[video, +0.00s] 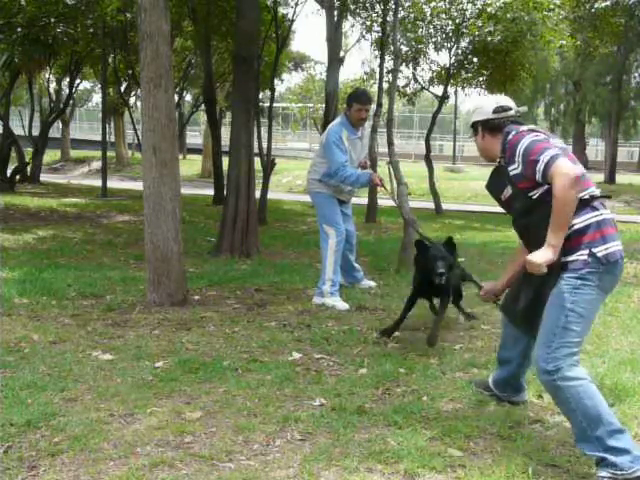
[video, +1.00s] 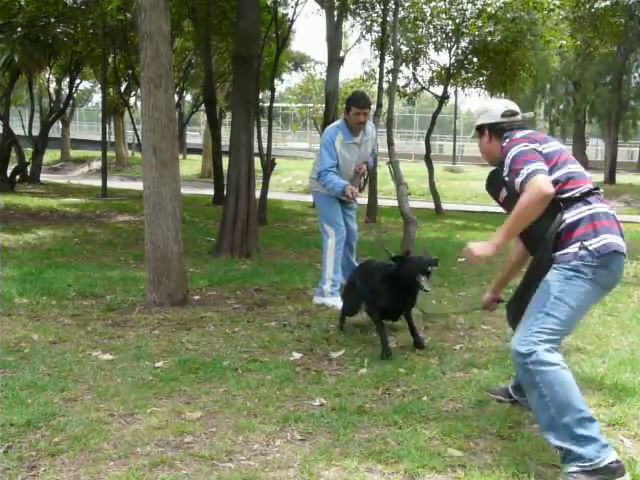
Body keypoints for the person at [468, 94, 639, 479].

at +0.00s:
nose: (475, 144)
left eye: (475, 136)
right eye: (474, 137)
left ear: (485, 132)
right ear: (496, 131)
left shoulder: (523, 140)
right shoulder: (511, 170)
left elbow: (568, 175)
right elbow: (533, 238)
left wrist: (551, 245)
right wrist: (503, 283)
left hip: (590, 255)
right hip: (562, 257)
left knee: (555, 362)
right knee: (518, 307)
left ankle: (621, 461)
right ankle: (507, 385)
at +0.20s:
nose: (482, 130)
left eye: (481, 120)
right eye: (480, 121)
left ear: (494, 114)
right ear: (513, 109)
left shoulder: (524, 132)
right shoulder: (539, 129)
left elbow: (535, 185)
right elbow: (566, 197)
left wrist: (499, 245)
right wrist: (535, 252)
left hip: (589, 248)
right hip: (565, 246)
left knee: (556, 360)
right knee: (522, 312)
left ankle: (622, 461)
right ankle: (510, 384)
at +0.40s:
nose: (478, 128)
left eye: (477, 120)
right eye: (477, 120)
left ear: (490, 115)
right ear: (514, 109)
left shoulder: (509, 136)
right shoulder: (544, 131)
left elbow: (485, 207)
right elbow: (570, 193)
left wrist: (445, 243)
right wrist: (534, 246)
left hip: (565, 248)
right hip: (578, 243)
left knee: (530, 353)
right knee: (510, 305)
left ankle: (611, 452)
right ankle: (506, 384)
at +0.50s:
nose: (480, 131)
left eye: (479, 122)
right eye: (479, 124)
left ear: (490, 116)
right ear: (515, 110)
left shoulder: (504, 138)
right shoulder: (551, 133)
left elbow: (471, 211)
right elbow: (585, 196)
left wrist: (438, 240)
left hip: (560, 246)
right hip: (583, 243)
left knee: (516, 350)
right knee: (509, 302)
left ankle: (588, 450)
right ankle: (506, 384)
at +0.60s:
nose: (484, 132)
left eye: (484, 124)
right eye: (483, 125)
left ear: (493, 118)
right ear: (523, 113)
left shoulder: (501, 140)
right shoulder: (566, 137)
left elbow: (461, 210)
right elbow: (603, 208)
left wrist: (427, 239)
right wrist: (612, 269)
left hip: (554, 252)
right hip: (589, 251)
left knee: (524, 361)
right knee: (525, 316)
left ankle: (583, 463)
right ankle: (505, 382)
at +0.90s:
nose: (482, 138)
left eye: (482, 130)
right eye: (481, 131)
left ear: (493, 126)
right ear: (519, 122)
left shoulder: (511, 140)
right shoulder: (539, 140)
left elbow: (508, 193)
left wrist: (461, 244)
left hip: (573, 249)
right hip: (595, 246)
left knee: (519, 355)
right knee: (525, 313)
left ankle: (581, 460)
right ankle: (525, 387)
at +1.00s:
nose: (479, 149)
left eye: (480, 140)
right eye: (478, 141)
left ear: (492, 135)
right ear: (505, 132)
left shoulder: (518, 144)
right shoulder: (533, 150)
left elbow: (540, 189)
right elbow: (528, 240)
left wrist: (494, 242)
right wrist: (498, 287)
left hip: (588, 249)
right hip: (591, 248)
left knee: (530, 347)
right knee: (527, 322)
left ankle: (592, 458)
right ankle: (525, 389)